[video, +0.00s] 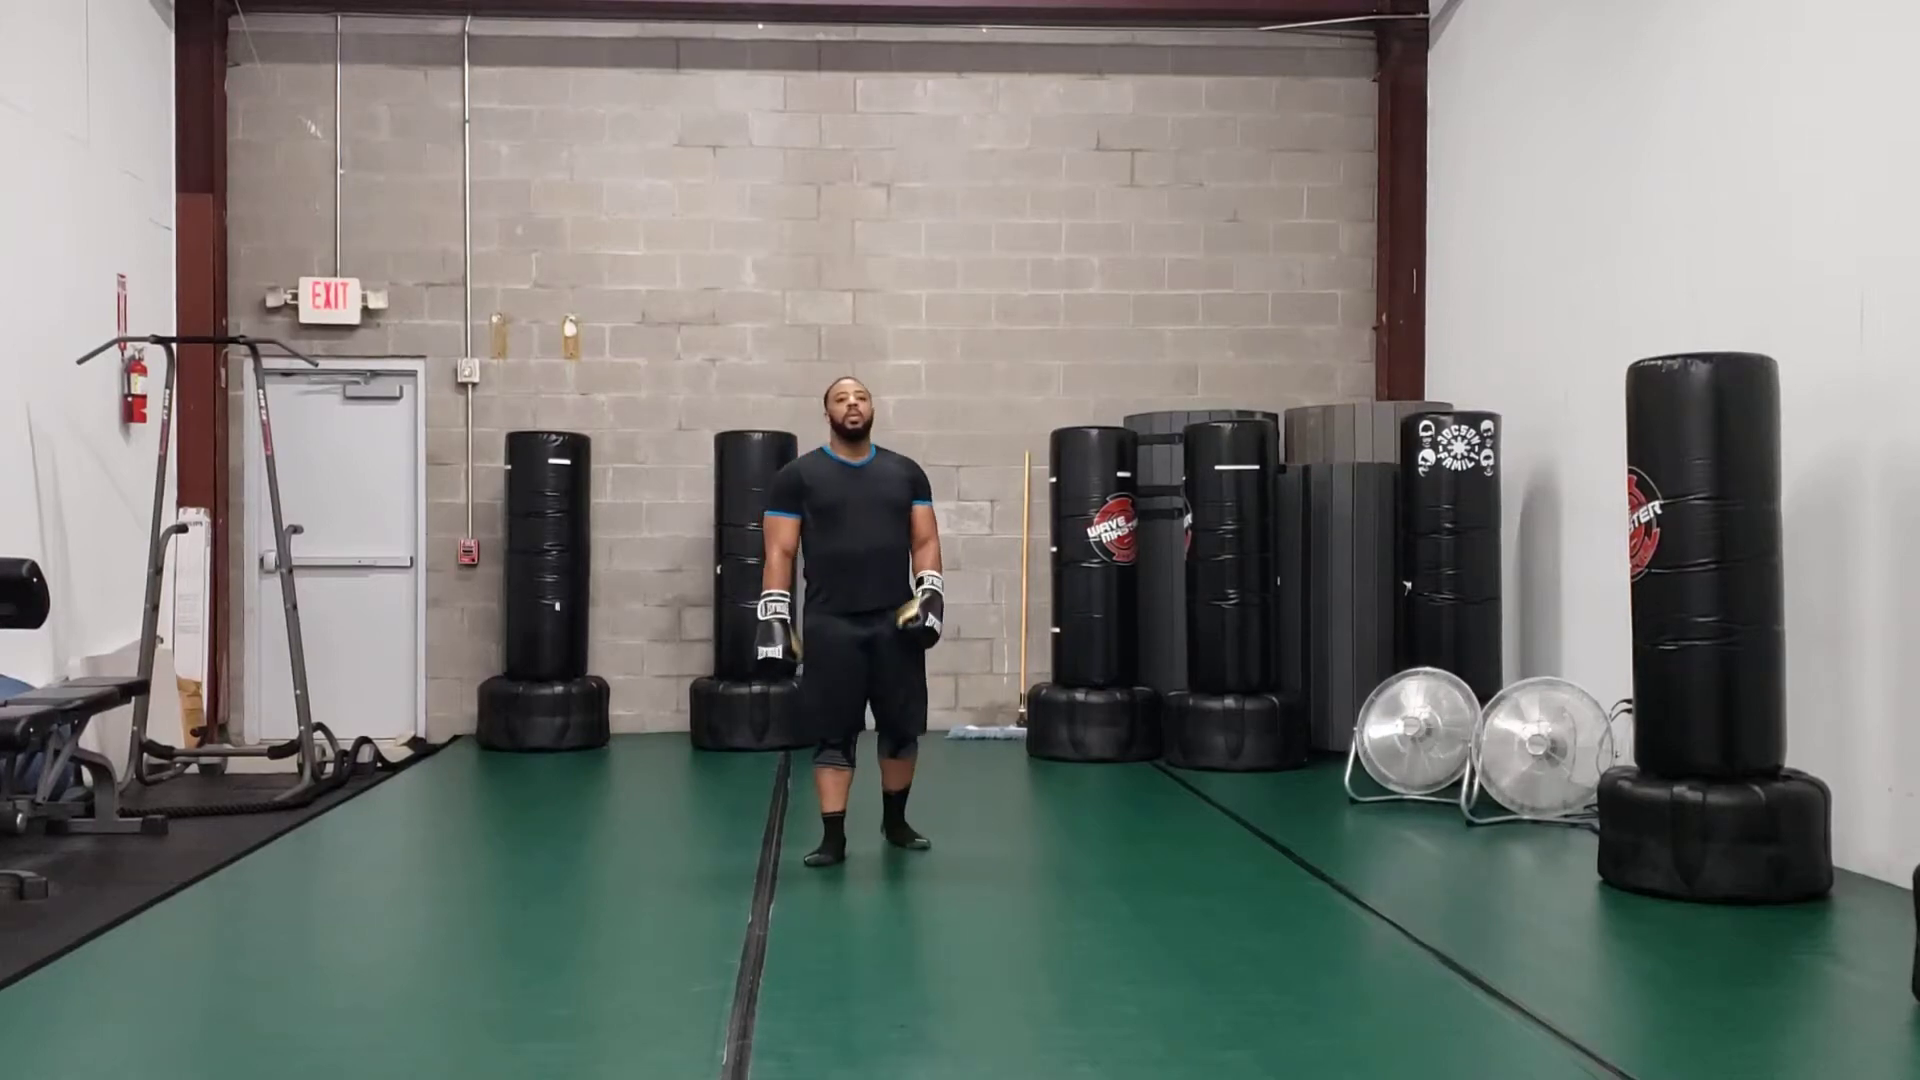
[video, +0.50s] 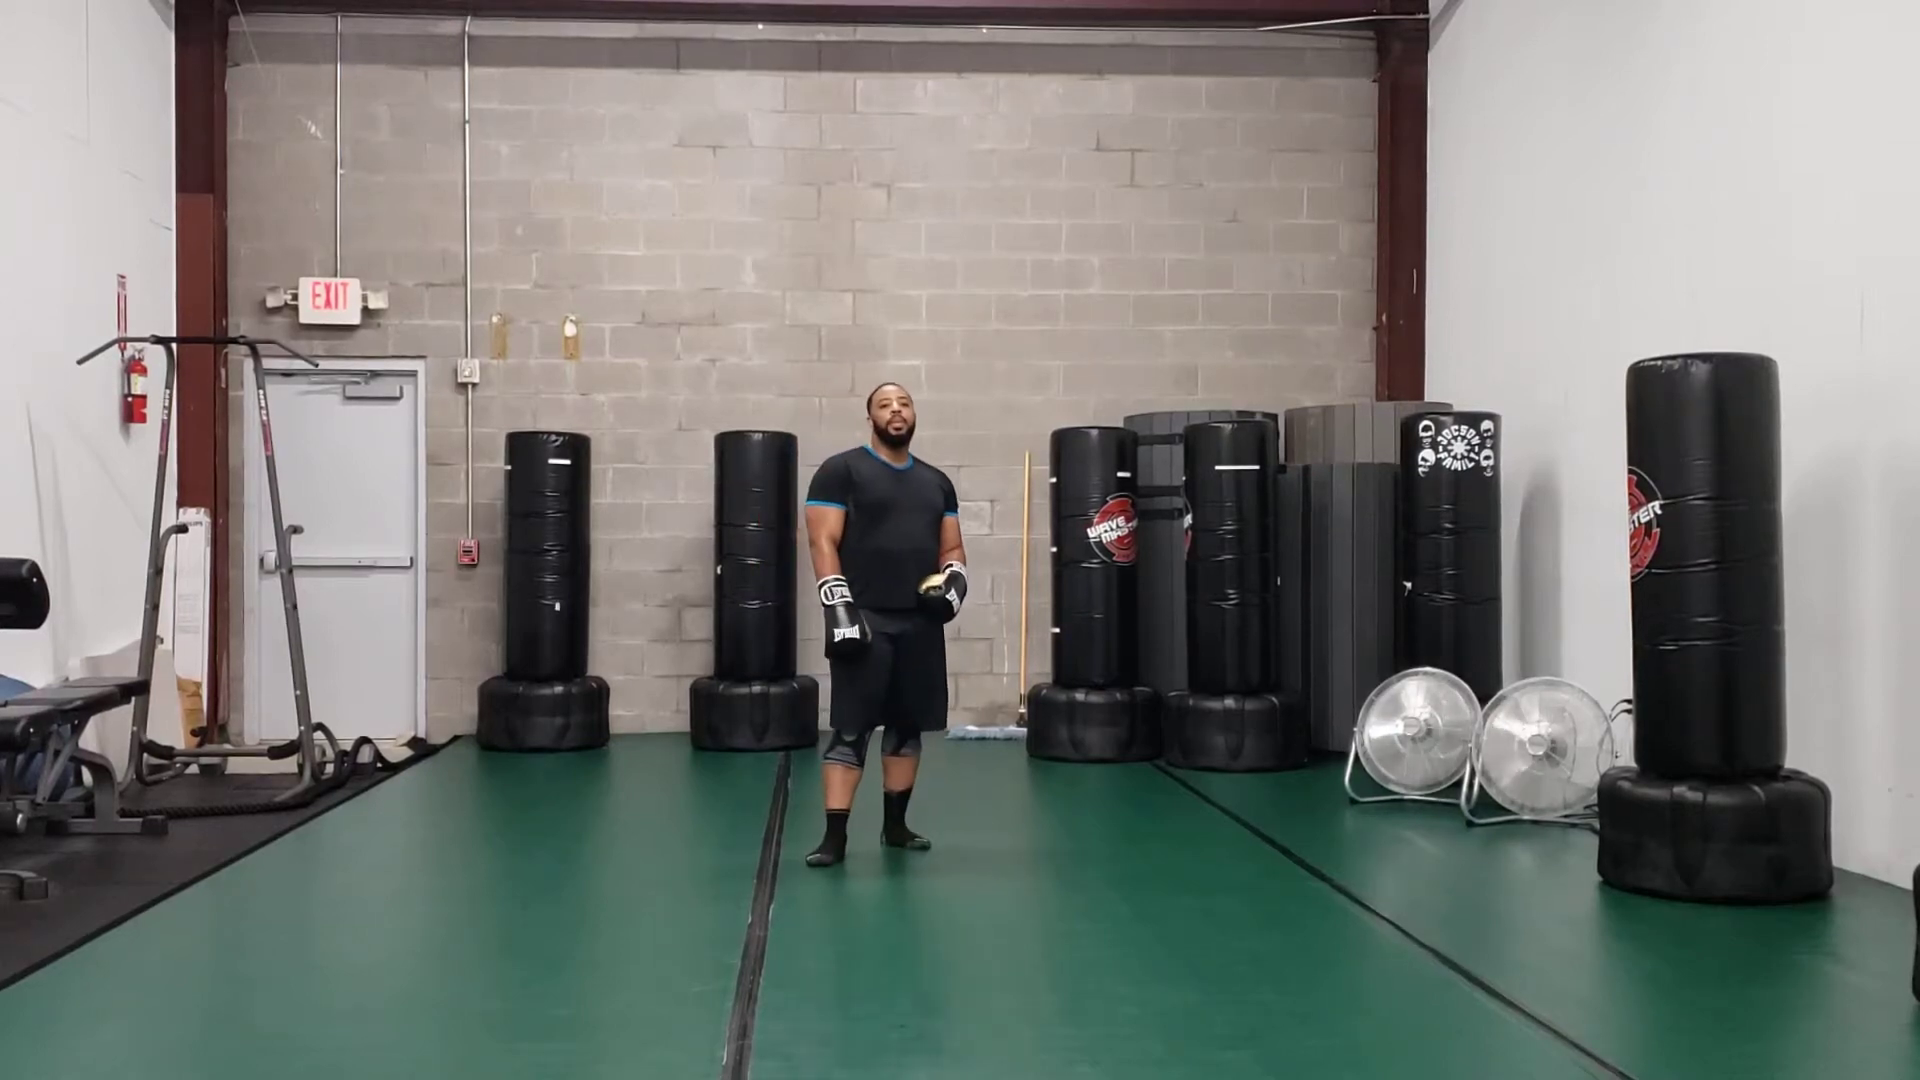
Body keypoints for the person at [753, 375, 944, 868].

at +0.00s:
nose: (853, 404)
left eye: (860, 398)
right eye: (842, 399)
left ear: (873, 412)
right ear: (827, 415)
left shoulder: (906, 473)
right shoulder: (799, 476)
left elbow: (925, 541)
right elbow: (780, 551)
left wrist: (930, 593)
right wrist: (774, 616)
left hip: (896, 620)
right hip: (830, 623)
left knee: (902, 729)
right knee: (833, 733)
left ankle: (896, 822)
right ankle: (833, 839)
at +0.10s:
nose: (864, 404)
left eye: (871, 398)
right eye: (853, 399)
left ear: (884, 413)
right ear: (838, 416)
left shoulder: (913, 475)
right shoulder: (809, 474)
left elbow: (931, 542)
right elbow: (790, 550)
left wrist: (932, 583)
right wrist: (786, 615)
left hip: (903, 622)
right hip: (838, 622)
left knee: (901, 730)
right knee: (837, 734)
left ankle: (896, 825)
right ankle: (833, 840)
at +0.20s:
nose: (874, 406)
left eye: (882, 399)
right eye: (863, 400)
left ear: (893, 413)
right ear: (848, 416)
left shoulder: (920, 476)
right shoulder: (818, 473)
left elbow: (937, 543)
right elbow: (800, 547)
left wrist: (936, 579)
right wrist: (801, 614)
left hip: (907, 622)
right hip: (843, 622)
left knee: (901, 729)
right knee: (839, 732)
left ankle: (896, 826)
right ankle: (833, 840)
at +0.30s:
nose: (883, 408)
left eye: (891, 401)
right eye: (872, 402)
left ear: (902, 415)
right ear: (857, 417)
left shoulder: (926, 479)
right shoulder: (828, 473)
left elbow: (943, 544)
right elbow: (809, 546)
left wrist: (943, 577)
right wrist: (817, 611)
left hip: (912, 622)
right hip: (850, 622)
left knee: (903, 728)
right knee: (843, 731)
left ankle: (896, 827)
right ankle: (834, 839)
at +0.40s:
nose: (891, 409)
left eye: (898, 403)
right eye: (880, 404)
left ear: (909, 417)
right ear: (864, 418)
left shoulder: (932, 481)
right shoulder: (835, 473)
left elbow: (948, 547)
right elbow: (817, 544)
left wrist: (949, 577)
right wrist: (830, 608)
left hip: (917, 622)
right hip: (858, 620)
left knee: (906, 728)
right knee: (847, 730)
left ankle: (895, 827)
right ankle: (834, 839)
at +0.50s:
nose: (896, 409)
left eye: (903, 403)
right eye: (885, 404)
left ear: (915, 417)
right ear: (870, 419)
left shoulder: (937, 482)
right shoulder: (841, 471)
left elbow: (951, 548)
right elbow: (822, 542)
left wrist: (952, 580)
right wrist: (838, 607)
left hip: (919, 621)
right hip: (861, 620)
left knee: (906, 727)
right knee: (850, 729)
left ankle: (895, 826)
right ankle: (833, 838)